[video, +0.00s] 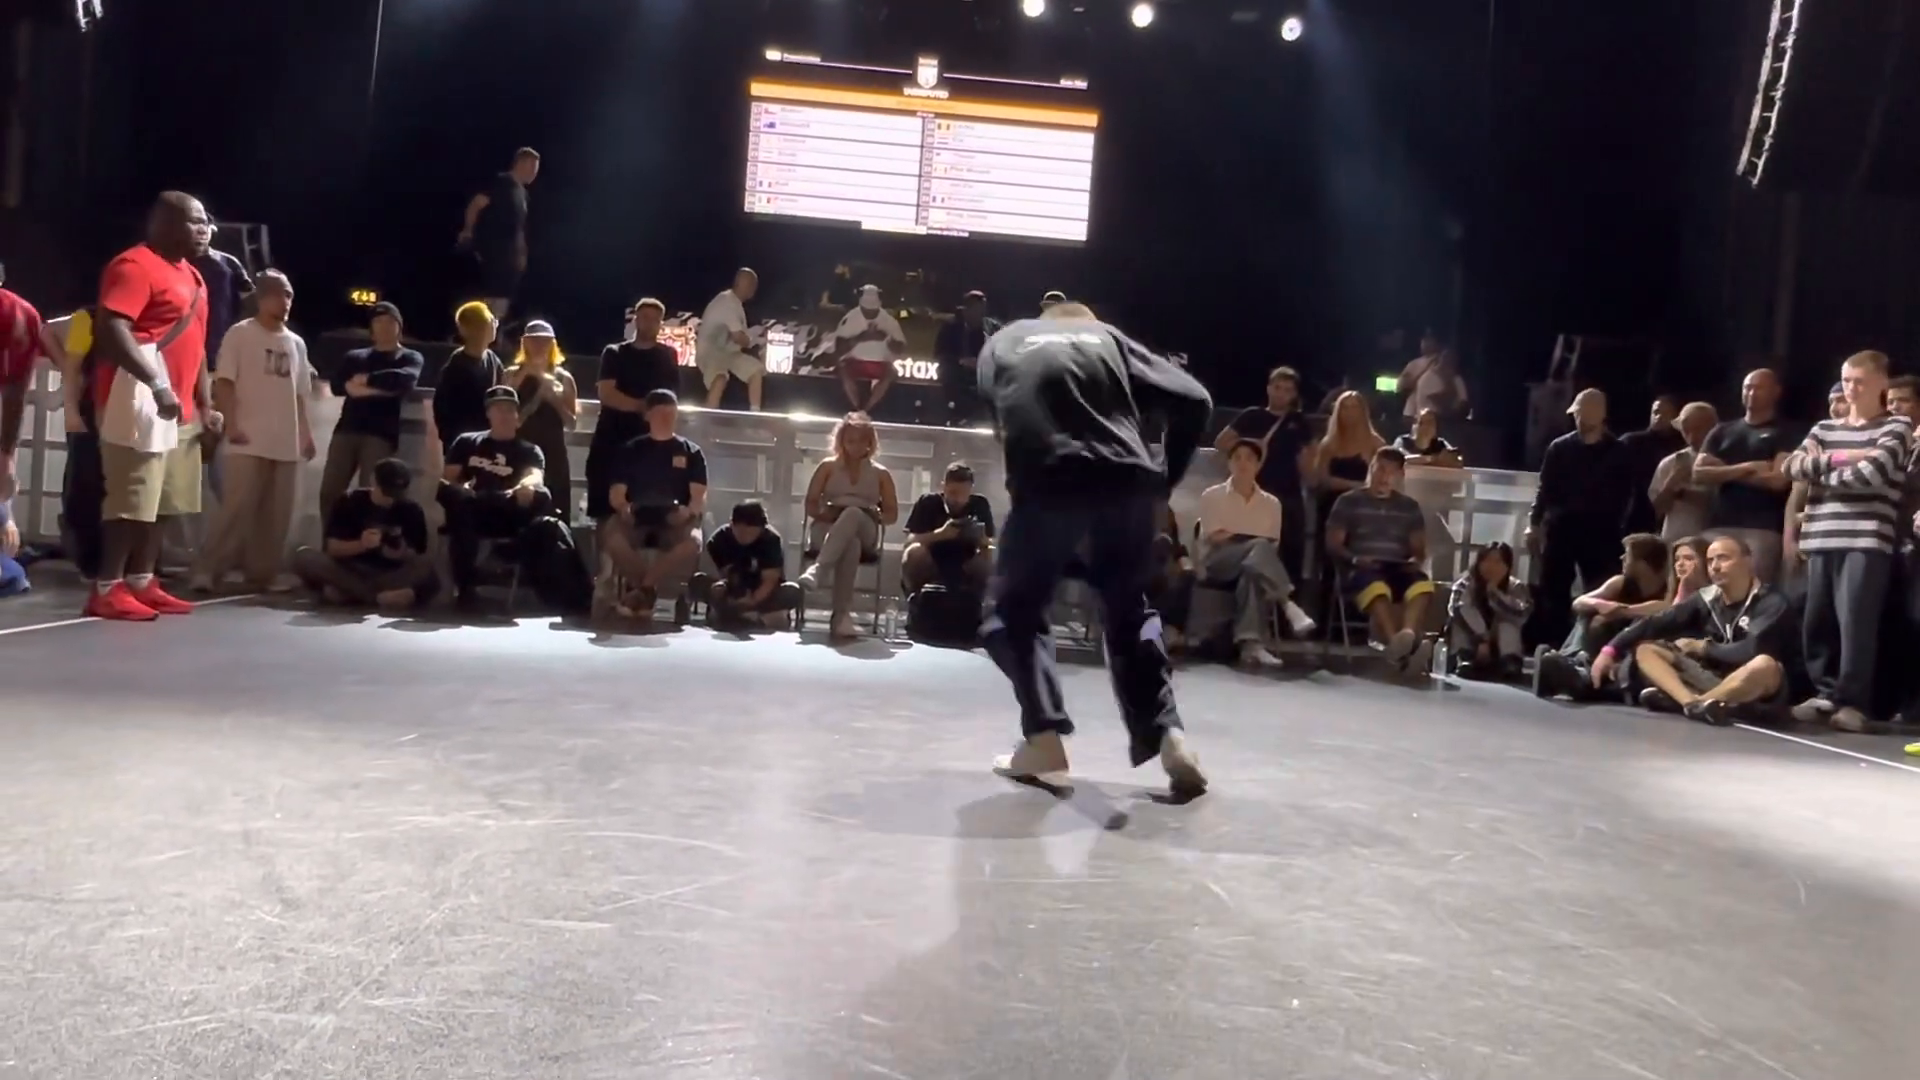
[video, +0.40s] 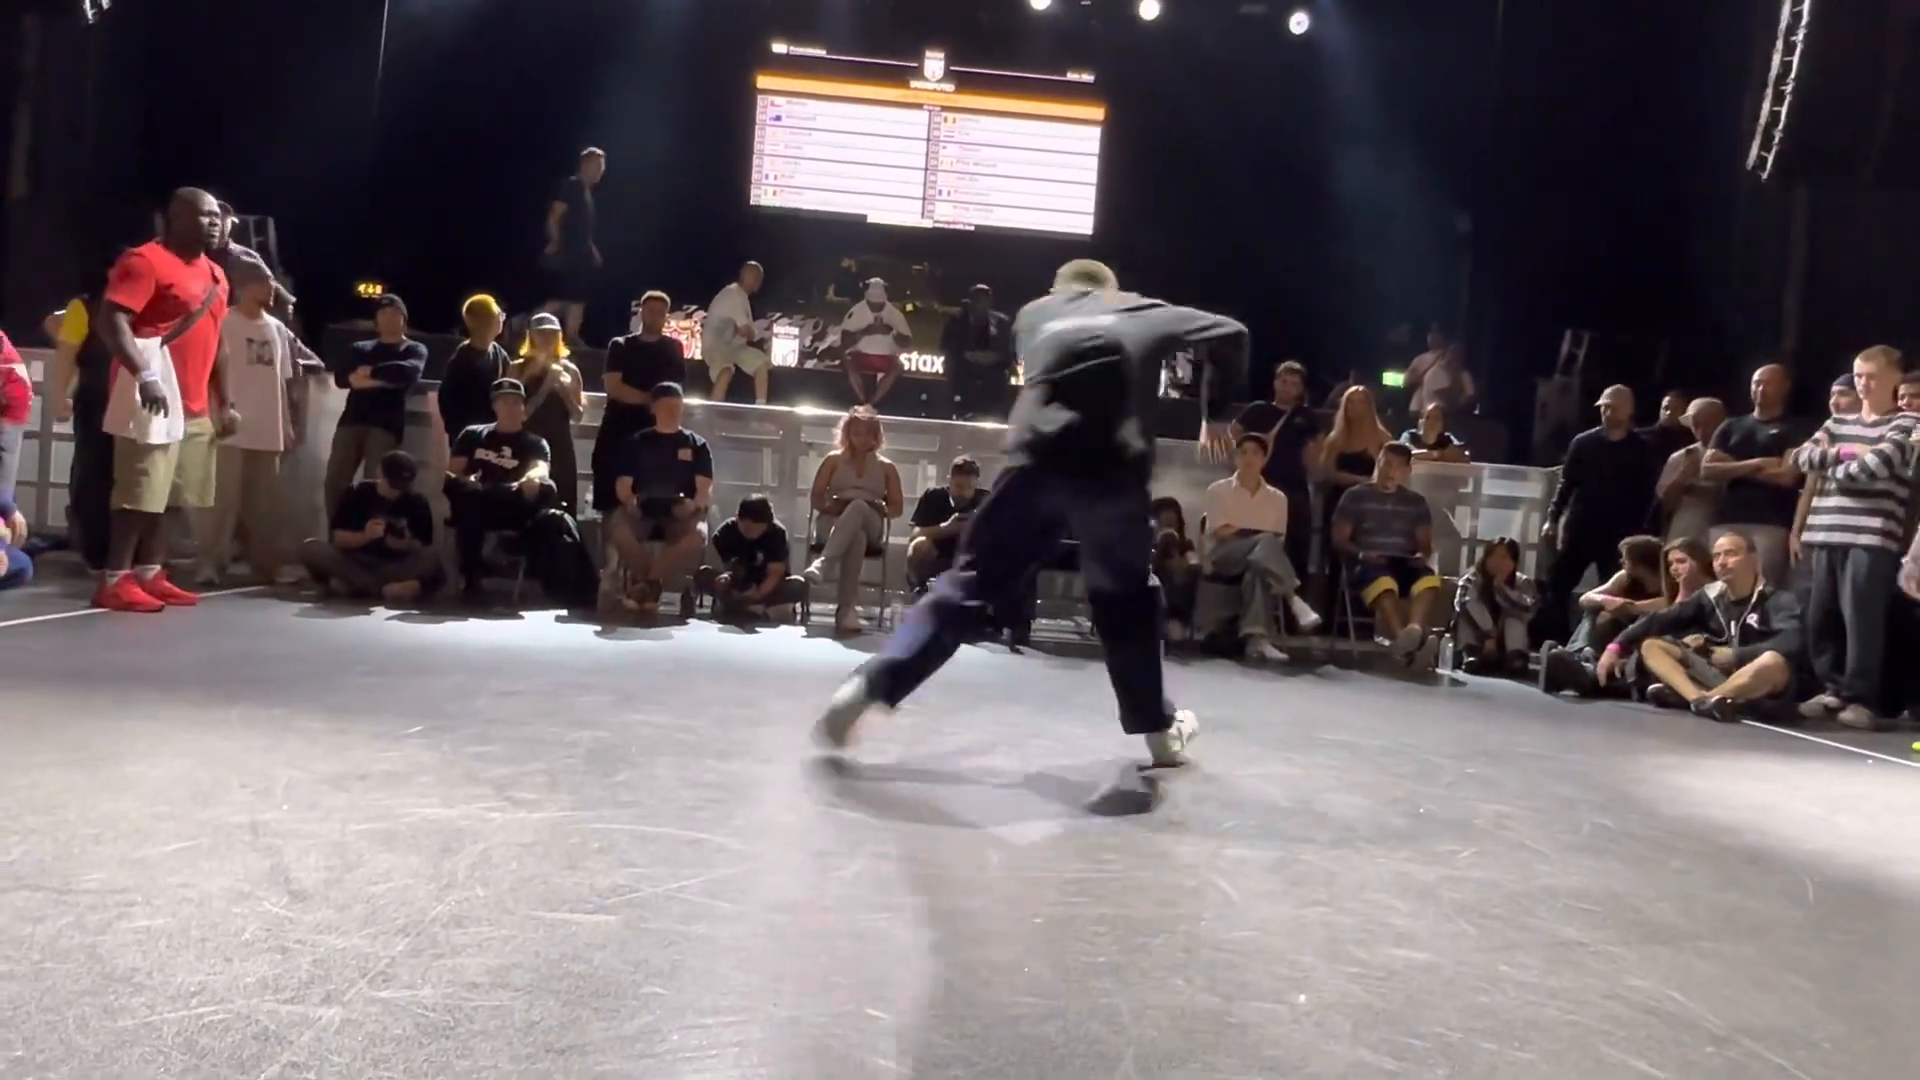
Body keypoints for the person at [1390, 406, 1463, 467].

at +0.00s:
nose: (1426, 427)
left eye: (1430, 423)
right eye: (1422, 423)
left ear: (1435, 426)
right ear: (1416, 425)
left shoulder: (1441, 444)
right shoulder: (1403, 441)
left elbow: (1456, 461)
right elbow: (1402, 459)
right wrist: (1435, 459)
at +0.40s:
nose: (1432, 423)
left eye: (1436, 419)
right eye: (1428, 418)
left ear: (1442, 422)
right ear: (1422, 421)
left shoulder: (1447, 439)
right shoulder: (1409, 436)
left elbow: (1462, 456)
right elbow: (1406, 454)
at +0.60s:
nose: (1436, 421)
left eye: (1440, 417)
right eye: (1432, 416)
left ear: (1446, 421)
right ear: (1425, 419)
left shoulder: (1451, 437)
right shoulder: (1413, 435)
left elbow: (1466, 455)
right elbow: (1411, 453)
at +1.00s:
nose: (1440, 418)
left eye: (1445, 414)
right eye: (1436, 413)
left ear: (1451, 418)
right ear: (1430, 415)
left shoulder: (1456, 434)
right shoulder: (1417, 432)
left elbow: (1471, 452)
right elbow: (1415, 450)